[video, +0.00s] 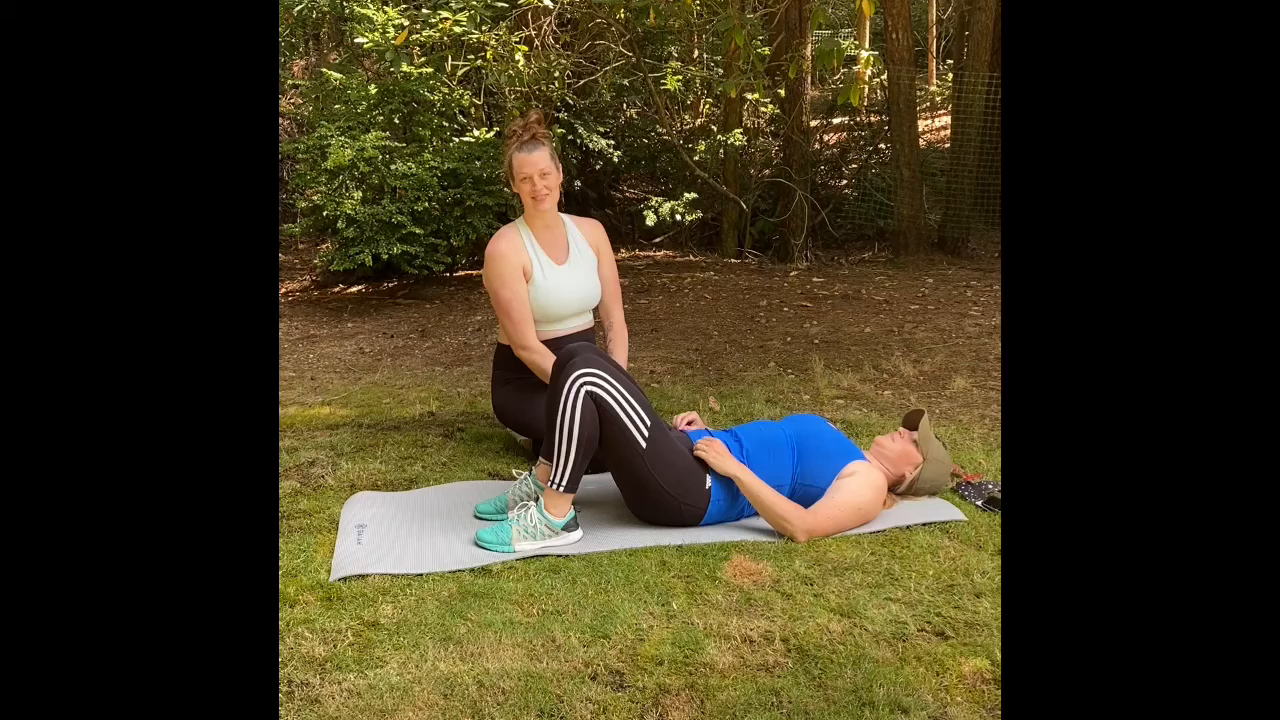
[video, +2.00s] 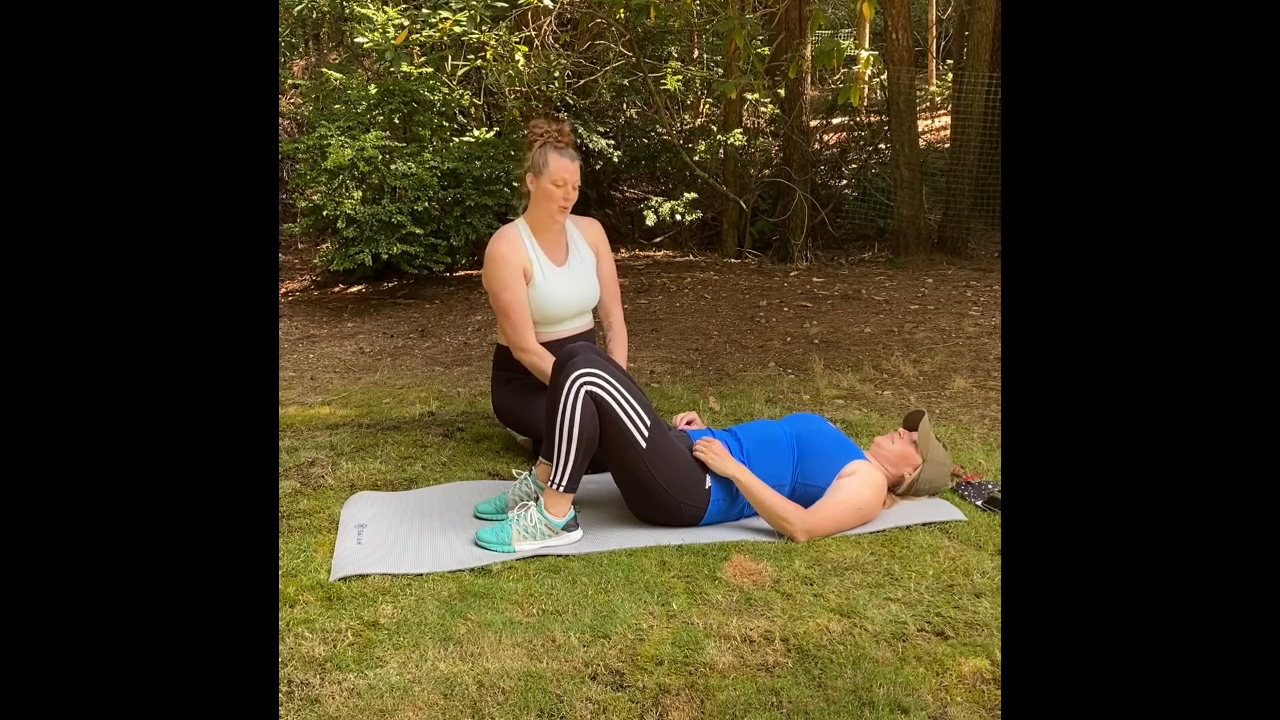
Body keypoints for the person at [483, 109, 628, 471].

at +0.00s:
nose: (538, 186)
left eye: (544, 174)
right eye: (526, 179)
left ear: (560, 173)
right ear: (514, 186)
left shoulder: (591, 232)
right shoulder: (505, 248)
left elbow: (614, 321)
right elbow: (525, 346)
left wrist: (615, 384)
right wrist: (586, 396)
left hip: (584, 365)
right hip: (523, 380)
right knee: (599, 444)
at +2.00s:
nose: (570, 196)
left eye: (575, 185)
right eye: (559, 184)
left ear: (580, 184)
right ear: (530, 182)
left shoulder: (590, 232)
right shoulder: (506, 247)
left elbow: (613, 321)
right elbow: (524, 348)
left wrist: (614, 385)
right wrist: (588, 396)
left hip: (584, 366)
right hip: (523, 378)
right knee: (602, 446)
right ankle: (538, 442)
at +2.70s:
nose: (562, 191)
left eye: (571, 181)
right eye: (552, 179)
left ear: (580, 185)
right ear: (530, 179)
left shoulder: (592, 233)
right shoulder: (508, 247)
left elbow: (614, 322)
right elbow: (524, 347)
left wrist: (613, 384)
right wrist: (588, 397)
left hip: (585, 367)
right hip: (524, 379)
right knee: (603, 446)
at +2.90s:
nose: (561, 191)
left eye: (571, 181)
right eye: (551, 179)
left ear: (579, 184)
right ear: (530, 179)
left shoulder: (592, 232)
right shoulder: (508, 247)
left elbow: (614, 322)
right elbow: (524, 347)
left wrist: (614, 384)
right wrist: (588, 396)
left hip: (584, 367)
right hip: (524, 379)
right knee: (602, 446)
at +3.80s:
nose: (561, 195)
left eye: (570, 185)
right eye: (551, 184)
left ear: (578, 183)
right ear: (529, 180)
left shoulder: (592, 232)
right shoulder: (509, 247)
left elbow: (614, 321)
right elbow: (516, 351)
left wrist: (614, 382)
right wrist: (582, 394)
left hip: (585, 368)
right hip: (524, 380)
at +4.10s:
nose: (565, 195)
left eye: (574, 185)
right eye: (555, 184)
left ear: (582, 183)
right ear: (533, 180)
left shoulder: (595, 234)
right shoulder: (512, 245)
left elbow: (615, 321)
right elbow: (499, 346)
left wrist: (614, 380)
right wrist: (563, 386)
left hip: (586, 372)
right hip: (525, 382)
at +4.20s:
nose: (566, 195)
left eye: (574, 185)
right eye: (556, 184)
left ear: (582, 183)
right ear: (534, 180)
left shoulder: (595, 234)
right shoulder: (512, 245)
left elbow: (616, 322)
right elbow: (499, 344)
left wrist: (614, 380)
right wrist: (561, 384)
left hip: (588, 373)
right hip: (526, 381)